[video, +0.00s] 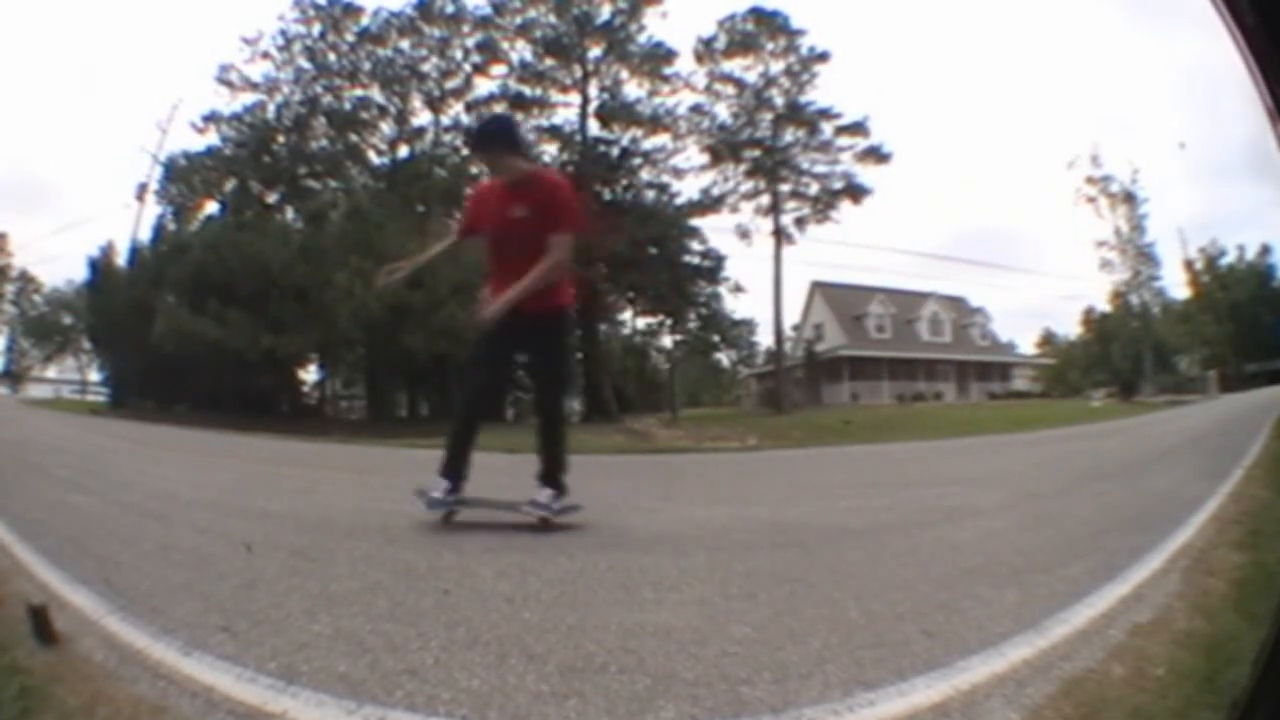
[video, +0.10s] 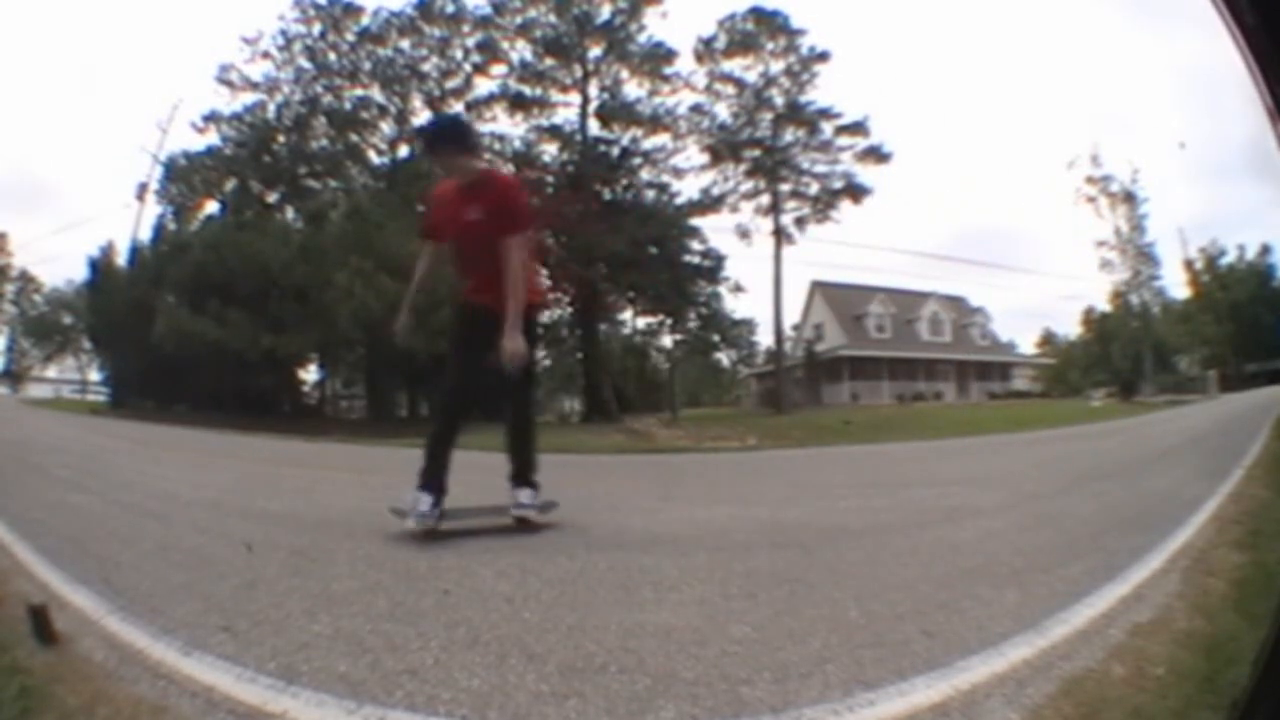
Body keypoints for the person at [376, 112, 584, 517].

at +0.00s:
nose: (489, 167)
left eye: (491, 158)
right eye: (484, 159)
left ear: (507, 150)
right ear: (486, 156)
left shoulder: (553, 187)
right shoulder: (487, 194)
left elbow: (560, 256)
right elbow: (458, 240)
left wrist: (505, 299)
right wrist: (408, 267)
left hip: (549, 308)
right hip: (502, 308)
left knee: (550, 400)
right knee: (476, 392)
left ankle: (553, 485)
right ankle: (450, 479)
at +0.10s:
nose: (436, 166)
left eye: (439, 157)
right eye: (433, 158)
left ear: (458, 150)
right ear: (440, 155)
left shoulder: (505, 189)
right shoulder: (444, 196)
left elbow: (517, 259)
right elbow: (429, 254)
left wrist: (513, 328)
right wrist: (408, 309)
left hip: (516, 309)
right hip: (474, 309)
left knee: (519, 400)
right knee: (452, 398)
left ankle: (523, 486)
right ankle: (430, 491)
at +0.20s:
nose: (388, 177)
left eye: (390, 167)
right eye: (383, 169)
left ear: (408, 158)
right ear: (389, 166)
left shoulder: (454, 189)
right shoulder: (400, 204)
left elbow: (480, 259)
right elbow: (410, 266)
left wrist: (510, 326)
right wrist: (415, 321)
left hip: (480, 316)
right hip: (437, 318)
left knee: (494, 404)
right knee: (423, 407)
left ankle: (508, 487)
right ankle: (411, 498)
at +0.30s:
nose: (345, 182)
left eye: (348, 171)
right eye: (340, 174)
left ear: (366, 162)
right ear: (344, 174)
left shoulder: (415, 184)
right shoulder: (363, 211)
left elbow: (455, 247)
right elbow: (389, 262)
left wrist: (481, 315)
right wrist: (403, 304)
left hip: (450, 307)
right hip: (407, 313)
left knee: (466, 401)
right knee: (397, 403)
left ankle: (482, 487)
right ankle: (383, 498)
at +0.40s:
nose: (313, 185)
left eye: (314, 174)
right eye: (306, 178)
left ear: (334, 161)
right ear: (312, 176)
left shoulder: (379, 181)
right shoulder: (333, 212)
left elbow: (422, 241)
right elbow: (348, 268)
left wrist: (428, 309)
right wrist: (350, 320)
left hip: (417, 305)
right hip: (378, 312)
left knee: (438, 398)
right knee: (369, 402)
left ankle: (456, 488)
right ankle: (355, 499)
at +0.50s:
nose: (288, 175)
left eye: (289, 165)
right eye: (282, 168)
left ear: (305, 154)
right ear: (287, 166)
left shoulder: (350, 175)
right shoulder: (306, 208)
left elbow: (370, 248)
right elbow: (307, 275)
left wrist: (360, 314)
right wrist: (305, 339)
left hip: (389, 298)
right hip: (347, 304)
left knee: (405, 392)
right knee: (335, 396)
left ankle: (424, 488)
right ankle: (322, 495)